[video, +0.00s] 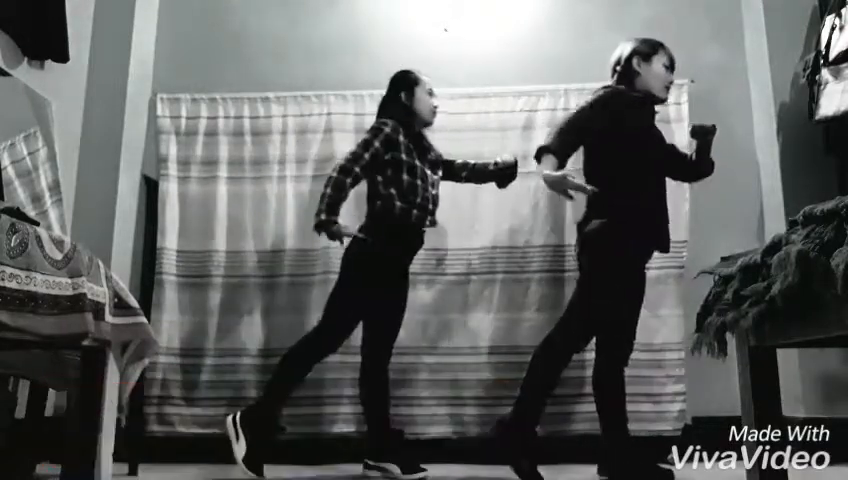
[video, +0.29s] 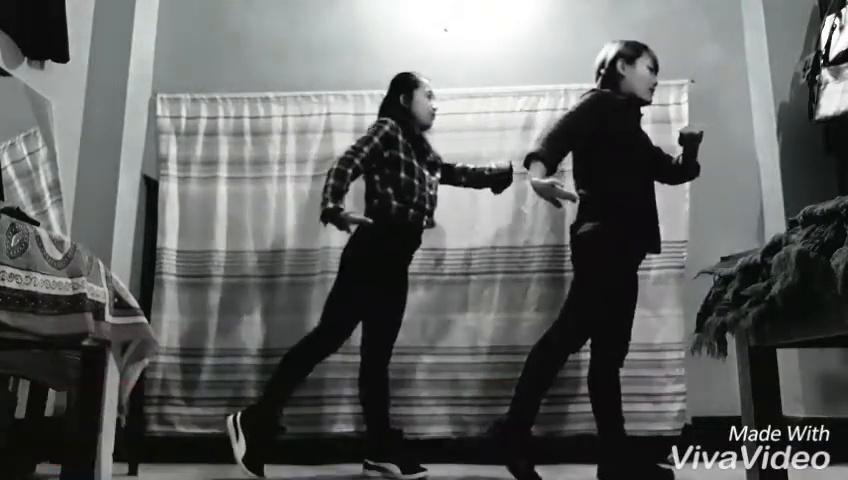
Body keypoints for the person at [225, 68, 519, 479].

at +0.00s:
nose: (436, 102)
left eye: (434, 95)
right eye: (429, 94)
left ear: (410, 100)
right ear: (405, 98)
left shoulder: (420, 147)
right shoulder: (387, 132)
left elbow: (451, 169)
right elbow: (348, 169)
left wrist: (499, 171)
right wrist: (326, 217)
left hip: (395, 258)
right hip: (372, 254)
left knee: (378, 355)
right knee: (327, 338)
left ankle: (381, 449)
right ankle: (255, 421)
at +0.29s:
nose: (435, 104)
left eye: (434, 97)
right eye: (427, 96)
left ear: (412, 103)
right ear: (404, 101)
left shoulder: (421, 151)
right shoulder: (387, 131)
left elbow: (450, 173)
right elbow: (348, 162)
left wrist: (499, 175)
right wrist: (333, 208)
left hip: (394, 257)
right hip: (371, 251)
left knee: (377, 356)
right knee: (327, 338)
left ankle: (380, 450)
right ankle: (255, 422)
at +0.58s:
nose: (429, 104)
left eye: (429, 97)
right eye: (422, 96)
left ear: (406, 102)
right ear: (398, 100)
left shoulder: (415, 149)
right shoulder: (381, 130)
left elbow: (441, 174)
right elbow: (344, 162)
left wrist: (485, 181)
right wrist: (334, 207)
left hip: (391, 255)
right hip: (366, 249)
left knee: (377, 354)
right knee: (325, 338)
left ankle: (380, 449)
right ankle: (253, 423)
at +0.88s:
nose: (429, 115)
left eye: (427, 108)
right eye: (419, 108)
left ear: (419, 120)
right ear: (399, 118)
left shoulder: (426, 171)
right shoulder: (378, 159)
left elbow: (478, 202)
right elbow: (345, 208)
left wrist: (469, 175)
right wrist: (381, 248)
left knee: (401, 359)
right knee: (367, 332)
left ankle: (386, 452)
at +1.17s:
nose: (315, 98)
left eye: (321, 90)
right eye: (316, 90)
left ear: (342, 95)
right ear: (331, 96)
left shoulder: (372, 135)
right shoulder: (324, 135)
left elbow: (392, 193)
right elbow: (300, 152)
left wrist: (402, 251)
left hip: (364, 253)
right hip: (334, 252)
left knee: (367, 351)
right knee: (306, 347)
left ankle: (390, 453)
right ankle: (304, 448)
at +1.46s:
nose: (268, 104)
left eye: (275, 97)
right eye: (271, 97)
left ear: (294, 100)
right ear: (305, 100)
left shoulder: (298, 139)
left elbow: (274, 206)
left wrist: (234, 251)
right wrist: (234, 250)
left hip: (293, 254)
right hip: (306, 254)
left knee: (245, 337)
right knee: (290, 348)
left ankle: (227, 435)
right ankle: (303, 443)